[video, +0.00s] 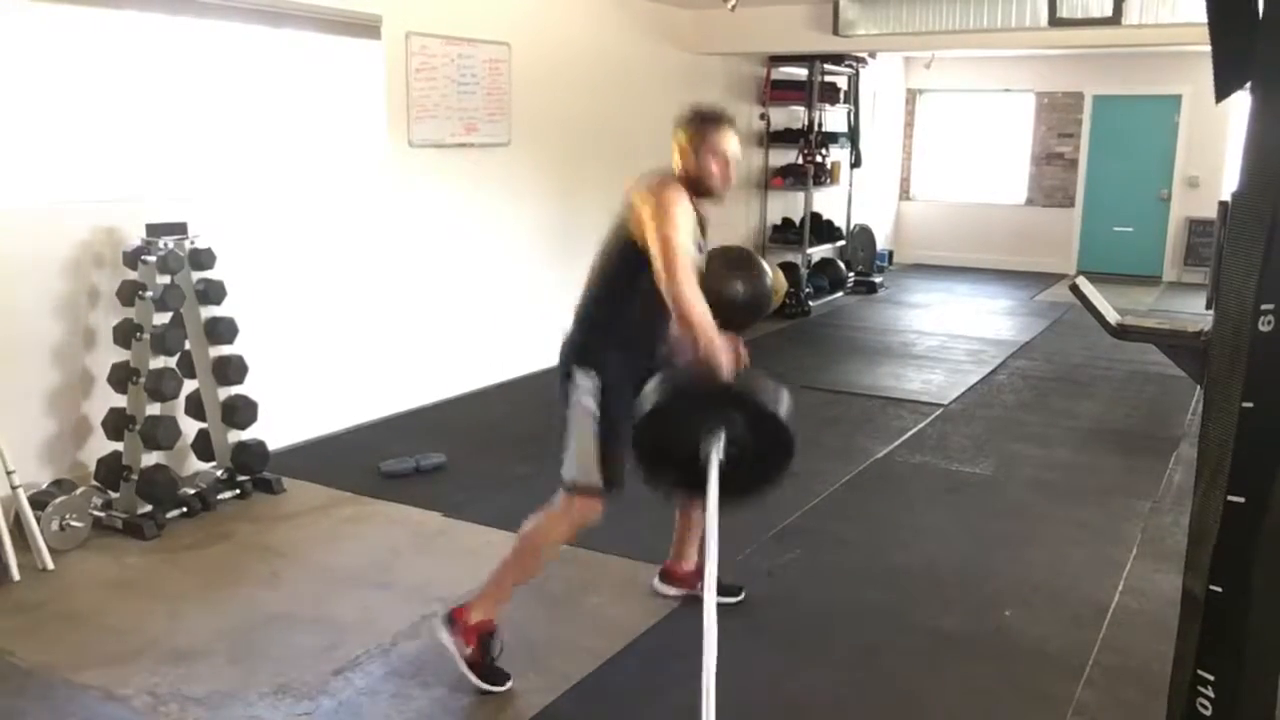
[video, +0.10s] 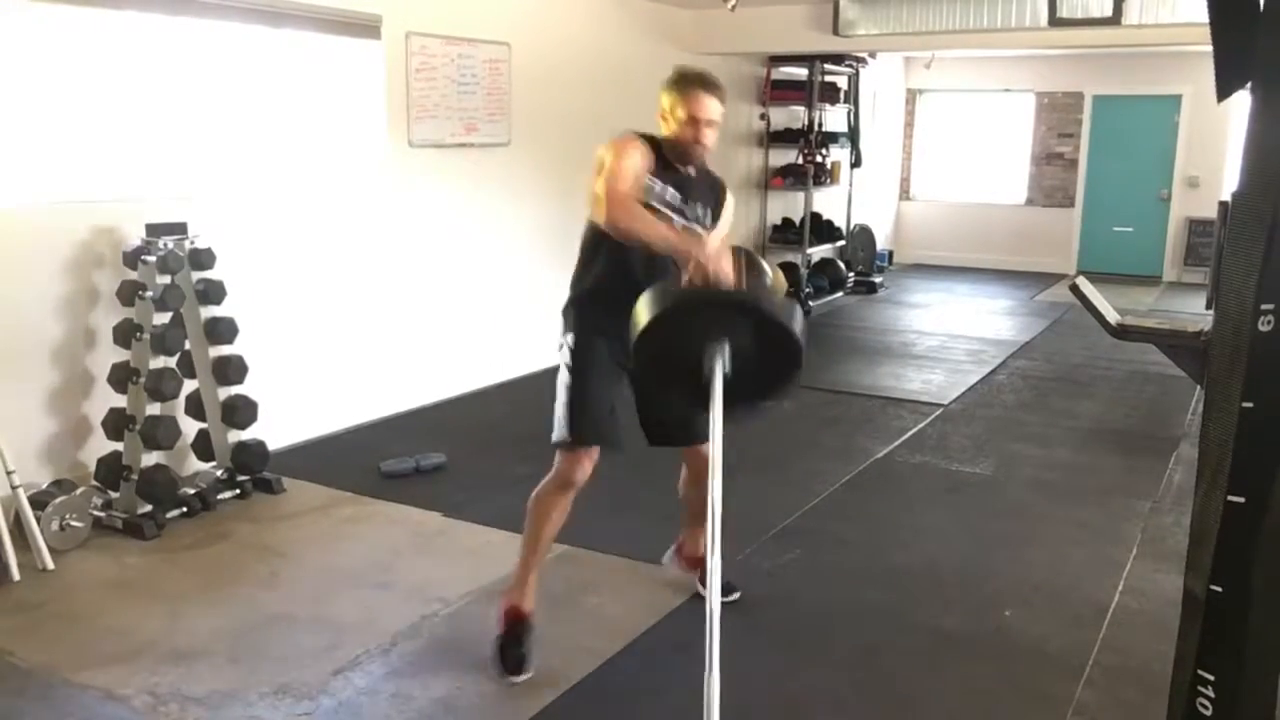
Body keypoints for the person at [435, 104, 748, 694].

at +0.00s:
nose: (727, 168)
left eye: (730, 157)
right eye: (716, 155)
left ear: (726, 159)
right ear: (687, 153)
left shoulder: (686, 208)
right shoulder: (663, 196)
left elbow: (678, 288)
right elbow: (675, 278)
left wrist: (707, 342)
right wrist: (715, 347)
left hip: (648, 359)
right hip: (598, 363)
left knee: (701, 445)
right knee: (582, 503)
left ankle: (683, 564)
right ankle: (475, 617)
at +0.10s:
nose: (705, 135)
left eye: (713, 125)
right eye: (695, 122)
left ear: (720, 126)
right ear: (668, 115)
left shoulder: (714, 192)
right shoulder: (631, 151)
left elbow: (710, 275)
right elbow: (618, 212)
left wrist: (720, 331)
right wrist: (695, 246)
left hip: (666, 328)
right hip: (599, 322)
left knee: (703, 452)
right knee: (575, 466)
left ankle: (693, 549)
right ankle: (519, 601)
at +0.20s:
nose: (677, 128)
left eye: (687, 118)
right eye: (668, 116)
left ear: (699, 120)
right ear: (646, 112)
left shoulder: (711, 176)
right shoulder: (605, 159)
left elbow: (730, 254)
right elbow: (540, 228)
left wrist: (721, 206)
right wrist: (559, 190)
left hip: (673, 336)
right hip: (605, 330)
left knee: (696, 466)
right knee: (574, 463)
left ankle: (728, 540)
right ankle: (531, 596)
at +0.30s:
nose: (657, 146)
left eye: (668, 138)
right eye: (649, 135)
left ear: (686, 141)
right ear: (632, 132)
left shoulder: (695, 192)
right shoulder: (602, 187)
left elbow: (734, 202)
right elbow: (552, 252)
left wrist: (722, 135)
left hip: (676, 362)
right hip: (607, 356)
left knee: (700, 480)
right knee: (564, 481)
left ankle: (734, 541)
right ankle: (533, 606)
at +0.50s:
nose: (641, 148)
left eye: (652, 136)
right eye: (634, 136)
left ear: (672, 142)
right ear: (620, 141)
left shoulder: (684, 196)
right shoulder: (596, 202)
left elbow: (709, 141)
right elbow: (575, 269)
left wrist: (703, 78)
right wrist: (569, 301)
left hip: (668, 368)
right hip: (602, 362)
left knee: (690, 480)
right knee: (555, 481)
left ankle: (732, 545)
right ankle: (548, 610)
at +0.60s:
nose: (648, 144)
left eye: (659, 134)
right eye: (639, 132)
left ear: (676, 137)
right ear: (620, 132)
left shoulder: (683, 188)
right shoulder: (590, 192)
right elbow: (547, 290)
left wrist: (700, 124)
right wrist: (587, 254)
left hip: (668, 362)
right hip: (597, 361)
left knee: (697, 474)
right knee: (559, 488)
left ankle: (727, 544)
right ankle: (549, 612)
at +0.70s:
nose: (654, 134)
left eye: (664, 123)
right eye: (645, 121)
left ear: (680, 126)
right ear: (621, 117)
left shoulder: (682, 179)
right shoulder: (581, 174)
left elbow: (712, 241)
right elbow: (559, 263)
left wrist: (694, 158)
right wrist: (613, 209)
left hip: (663, 347)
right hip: (593, 348)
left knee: (697, 465)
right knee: (569, 490)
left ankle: (710, 545)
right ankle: (546, 612)